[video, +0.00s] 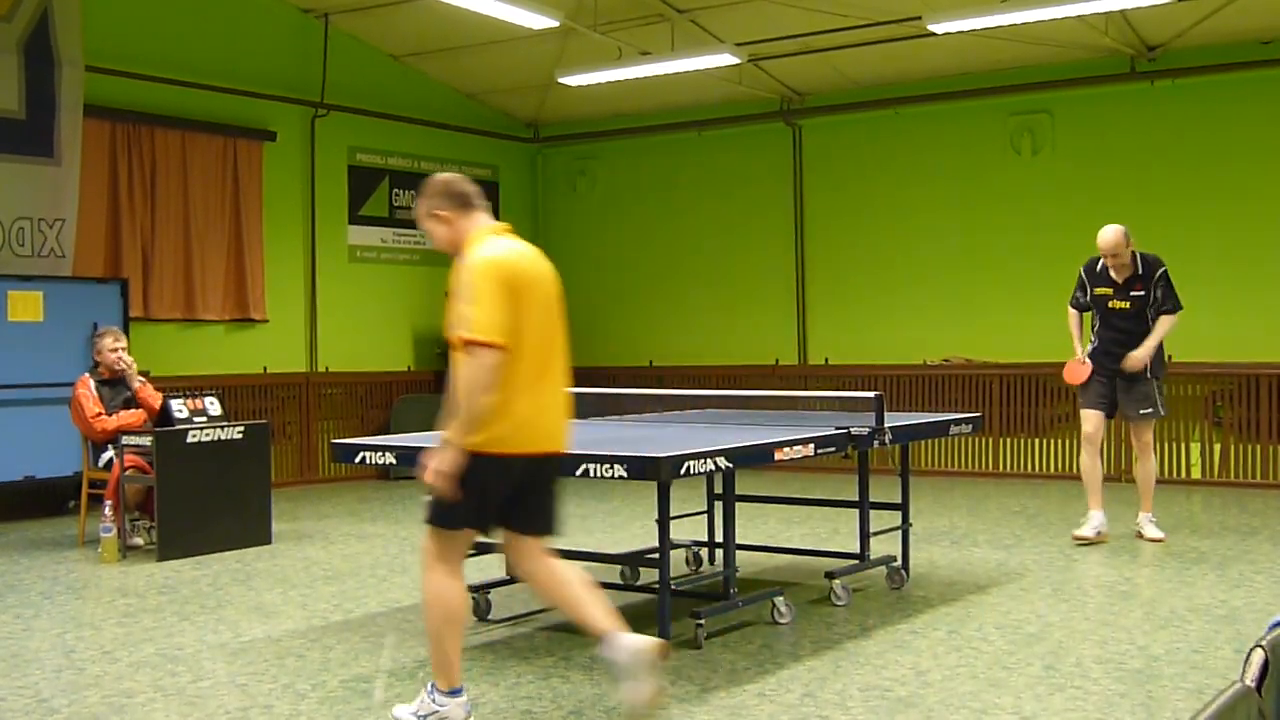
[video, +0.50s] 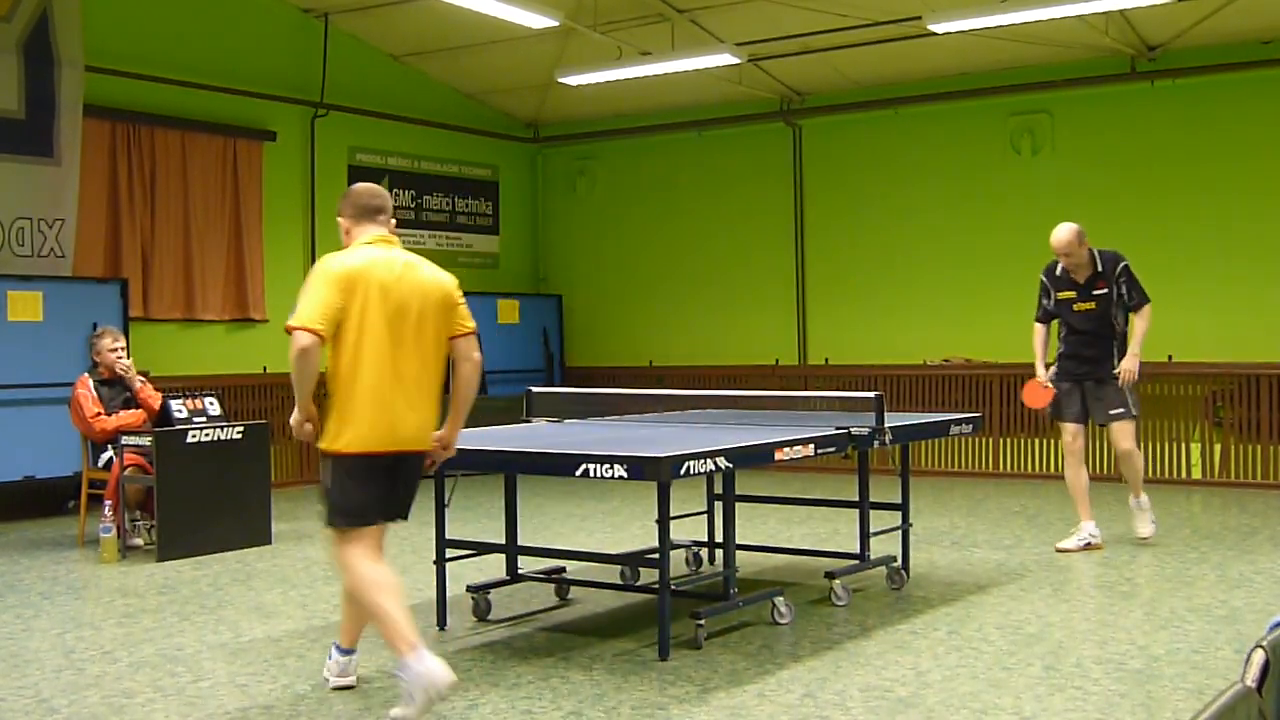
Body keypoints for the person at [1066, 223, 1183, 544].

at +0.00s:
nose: (1109, 262)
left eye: (1115, 257)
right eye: (1104, 257)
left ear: (1130, 248)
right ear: (1099, 252)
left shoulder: (1153, 268)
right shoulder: (1091, 270)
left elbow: (1170, 312)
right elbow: (1075, 307)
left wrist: (1144, 351)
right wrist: (1078, 348)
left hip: (1139, 364)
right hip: (1099, 363)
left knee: (1143, 442)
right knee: (1089, 435)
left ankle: (1146, 517)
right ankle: (1095, 516)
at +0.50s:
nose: (1063, 264)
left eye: (1068, 257)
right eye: (1058, 258)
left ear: (1084, 247)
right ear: (1054, 252)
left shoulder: (1113, 264)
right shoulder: (1051, 275)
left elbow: (1142, 308)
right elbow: (1042, 322)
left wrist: (1133, 353)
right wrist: (1040, 366)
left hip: (1111, 369)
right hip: (1068, 371)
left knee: (1126, 448)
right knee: (1072, 445)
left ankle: (1139, 501)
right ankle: (1087, 526)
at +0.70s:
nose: (1043, 250)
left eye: (1049, 243)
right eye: (1039, 244)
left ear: (1068, 241)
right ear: (1037, 243)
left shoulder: (1096, 264)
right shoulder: (1036, 273)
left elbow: (1127, 307)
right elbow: (1027, 318)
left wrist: (1113, 357)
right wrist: (1027, 353)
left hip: (1094, 366)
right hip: (1056, 368)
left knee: (1094, 444)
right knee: (1068, 448)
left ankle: (1101, 528)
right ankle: (1085, 526)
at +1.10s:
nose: (1014, 246)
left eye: (1022, 240)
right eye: (1012, 240)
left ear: (1042, 244)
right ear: (1011, 243)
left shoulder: (1064, 271)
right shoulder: (1012, 274)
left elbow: (1090, 319)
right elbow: (1010, 315)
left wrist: (1073, 372)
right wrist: (1005, 347)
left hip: (1056, 373)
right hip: (1025, 371)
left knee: (1049, 454)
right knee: (1017, 451)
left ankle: (1049, 541)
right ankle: (1067, 513)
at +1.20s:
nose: (1005, 244)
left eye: (1012, 238)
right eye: (1002, 238)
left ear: (1032, 242)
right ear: (1000, 242)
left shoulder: (1052, 271)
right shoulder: (1003, 272)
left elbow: (1077, 322)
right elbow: (1005, 309)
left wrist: (1062, 372)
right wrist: (996, 340)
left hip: (1051, 370)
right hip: (1019, 367)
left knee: (1046, 452)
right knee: (999, 442)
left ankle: (1049, 540)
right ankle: (1036, 510)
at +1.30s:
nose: (1000, 245)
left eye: (1007, 239)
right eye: (996, 240)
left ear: (1025, 242)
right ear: (992, 244)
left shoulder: (1044, 271)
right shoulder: (996, 273)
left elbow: (1071, 322)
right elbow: (999, 307)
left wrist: (1057, 371)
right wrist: (988, 334)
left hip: (1048, 369)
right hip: (1016, 366)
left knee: (1043, 450)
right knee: (993, 439)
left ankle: (1049, 540)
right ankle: (1012, 517)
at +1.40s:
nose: (989, 251)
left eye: (996, 244)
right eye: (984, 245)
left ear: (1012, 248)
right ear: (979, 250)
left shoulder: (1032, 274)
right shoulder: (982, 278)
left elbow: (1062, 324)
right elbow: (986, 310)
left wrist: (1050, 374)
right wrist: (973, 329)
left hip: (1040, 370)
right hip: (1008, 369)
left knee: (1039, 451)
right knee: (988, 443)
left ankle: (1048, 541)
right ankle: (970, 523)